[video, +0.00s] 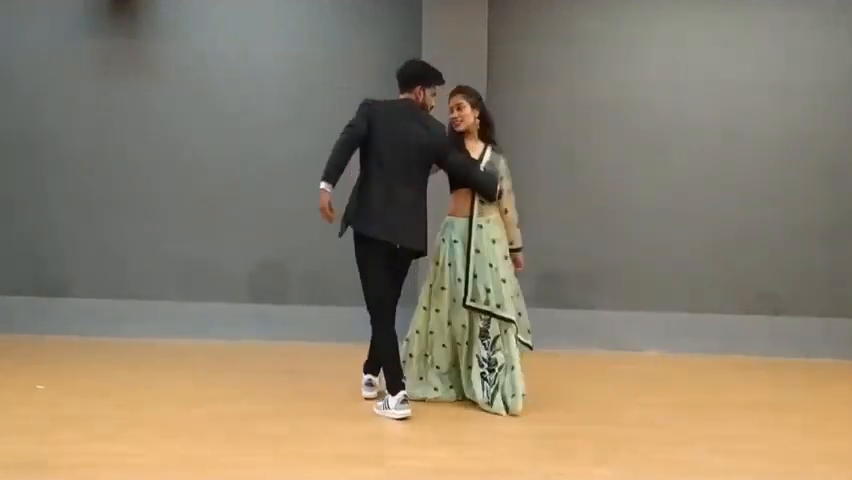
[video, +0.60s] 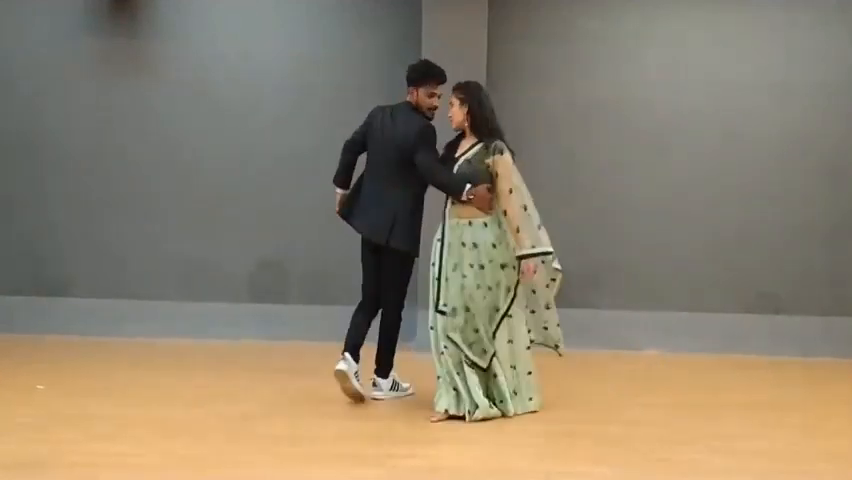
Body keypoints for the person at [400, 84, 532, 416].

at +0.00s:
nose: (455, 115)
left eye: (461, 108)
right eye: (452, 110)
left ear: (477, 112)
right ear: (450, 117)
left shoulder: (496, 159)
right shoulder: (448, 152)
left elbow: (507, 205)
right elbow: (420, 160)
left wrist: (515, 246)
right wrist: (418, 115)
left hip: (488, 234)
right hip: (455, 232)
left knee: (488, 309)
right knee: (452, 307)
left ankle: (487, 382)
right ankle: (450, 381)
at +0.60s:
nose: (450, 111)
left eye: (455, 105)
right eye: (450, 105)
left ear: (471, 109)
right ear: (464, 110)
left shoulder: (496, 151)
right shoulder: (453, 148)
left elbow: (513, 204)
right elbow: (442, 183)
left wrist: (527, 251)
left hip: (485, 242)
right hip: (452, 240)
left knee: (483, 316)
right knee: (449, 317)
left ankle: (492, 394)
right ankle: (452, 396)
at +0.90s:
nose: (432, 110)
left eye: (436, 103)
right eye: (432, 104)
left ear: (449, 108)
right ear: (452, 108)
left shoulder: (464, 153)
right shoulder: (442, 149)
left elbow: (474, 206)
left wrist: (477, 255)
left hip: (452, 247)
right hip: (435, 246)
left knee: (455, 324)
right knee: (439, 324)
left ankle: (465, 403)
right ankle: (448, 401)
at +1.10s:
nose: (412, 116)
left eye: (416, 109)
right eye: (413, 109)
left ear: (428, 113)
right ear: (443, 112)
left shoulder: (437, 158)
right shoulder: (427, 155)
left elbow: (439, 212)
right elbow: (429, 210)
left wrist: (439, 261)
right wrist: (406, 200)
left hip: (427, 254)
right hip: (415, 250)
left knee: (423, 331)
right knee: (412, 329)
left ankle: (420, 407)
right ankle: (408, 405)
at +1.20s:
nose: (404, 118)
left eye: (409, 112)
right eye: (409, 111)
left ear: (416, 118)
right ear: (437, 120)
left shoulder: (419, 162)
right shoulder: (420, 159)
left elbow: (418, 216)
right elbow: (418, 215)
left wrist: (417, 263)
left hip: (414, 259)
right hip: (414, 257)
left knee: (409, 334)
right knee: (411, 334)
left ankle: (407, 406)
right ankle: (408, 405)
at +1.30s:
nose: (436, 123)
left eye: (434, 114)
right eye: (432, 115)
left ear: (403, 115)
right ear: (421, 118)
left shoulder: (418, 160)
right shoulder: (401, 162)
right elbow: (395, 215)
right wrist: (395, 264)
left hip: (418, 260)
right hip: (403, 262)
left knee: (414, 336)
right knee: (399, 337)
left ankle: (409, 409)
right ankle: (393, 409)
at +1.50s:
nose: (414, 111)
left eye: (411, 103)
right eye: (410, 106)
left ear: (375, 114)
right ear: (406, 115)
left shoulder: (364, 158)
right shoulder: (411, 156)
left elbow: (352, 210)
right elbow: (432, 188)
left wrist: (345, 256)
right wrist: (458, 194)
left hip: (369, 248)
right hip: (400, 247)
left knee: (363, 329)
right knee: (401, 328)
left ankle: (358, 410)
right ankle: (401, 409)